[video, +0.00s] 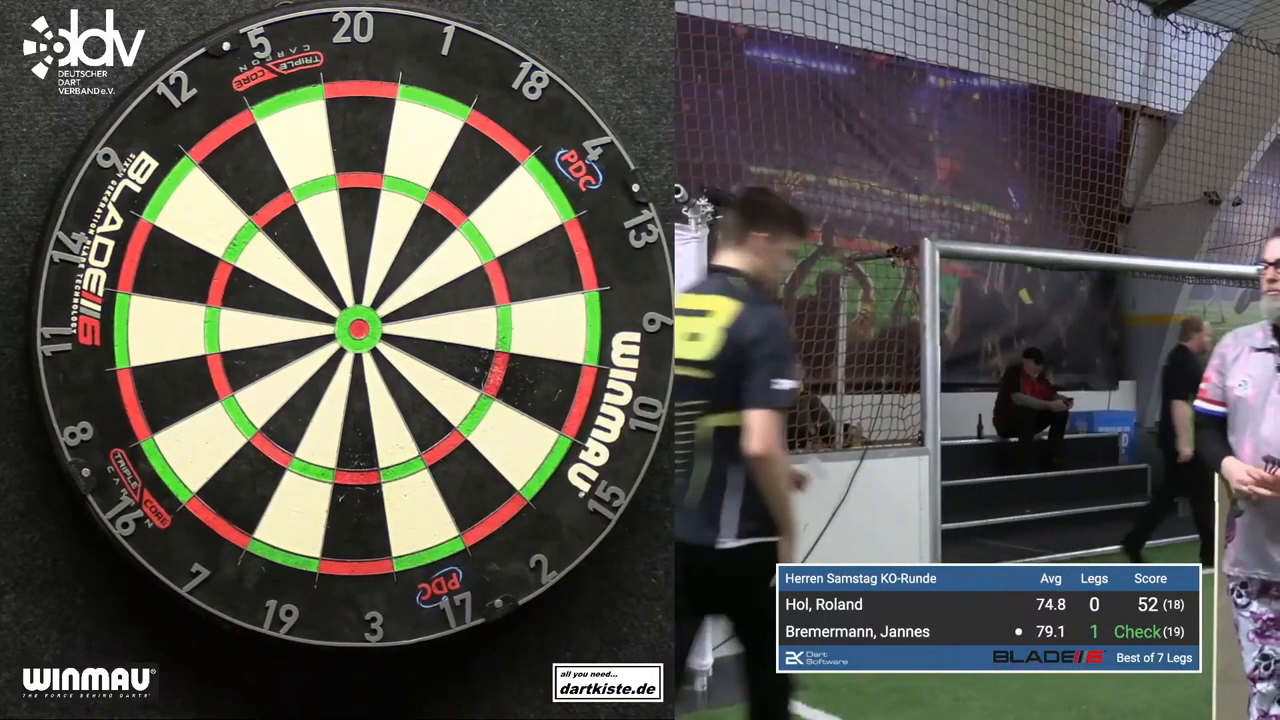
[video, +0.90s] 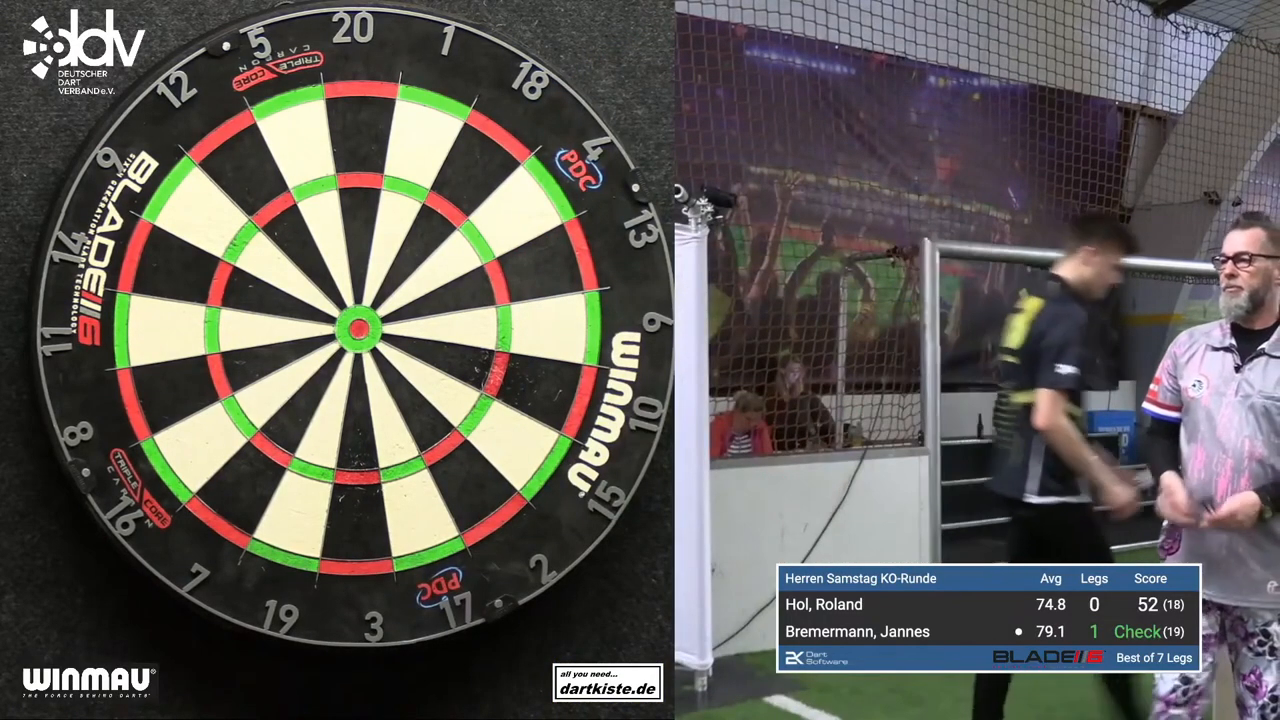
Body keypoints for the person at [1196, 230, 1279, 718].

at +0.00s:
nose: (1271, 276)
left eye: (1279, 265)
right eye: (1267, 266)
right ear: (1261, 274)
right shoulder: (1236, 347)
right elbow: (1208, 428)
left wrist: (1275, 479)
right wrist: (1229, 466)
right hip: (1257, 561)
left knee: (1269, 694)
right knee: (1267, 694)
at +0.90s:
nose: (1228, 270)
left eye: (1244, 260)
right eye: (1224, 260)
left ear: (1277, 269)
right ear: (1218, 268)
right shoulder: (1189, 345)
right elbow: (1157, 427)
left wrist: (1264, 500)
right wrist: (1168, 478)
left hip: (1265, 576)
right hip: (1189, 567)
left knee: (1264, 706)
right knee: (1176, 702)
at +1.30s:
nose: (1210, 269)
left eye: (1227, 260)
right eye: (1205, 260)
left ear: (1264, 274)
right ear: (1196, 270)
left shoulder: (1277, 360)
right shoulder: (1157, 345)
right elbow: (1122, 437)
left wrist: (1279, 515)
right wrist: (1118, 513)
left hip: (1247, 586)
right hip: (1154, 580)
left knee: (1239, 712)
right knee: (1136, 710)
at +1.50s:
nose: (1090, 195)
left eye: (1107, 184)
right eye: (1085, 186)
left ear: (1149, 198)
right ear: (1079, 200)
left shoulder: (1192, 303)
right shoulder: (1048, 295)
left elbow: (1227, 419)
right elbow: (1016, 409)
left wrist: (1181, 506)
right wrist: (1017, 507)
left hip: (1153, 534)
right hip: (1069, 532)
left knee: (1140, 691)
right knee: (1073, 686)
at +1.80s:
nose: (1039, 189)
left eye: (1056, 176)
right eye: (1034, 180)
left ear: (1101, 189)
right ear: (1028, 194)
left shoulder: (1152, 289)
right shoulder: (1005, 297)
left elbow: (1199, 400)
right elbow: (972, 425)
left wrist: (1178, 497)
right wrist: (940, 541)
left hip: (1136, 535)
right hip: (1052, 538)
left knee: (1139, 698)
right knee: (1056, 700)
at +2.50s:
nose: (1012, 186)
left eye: (1030, 172)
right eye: (1008, 176)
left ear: (1074, 186)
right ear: (1004, 190)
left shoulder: (1131, 289)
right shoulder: (979, 299)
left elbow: (1171, 411)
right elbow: (953, 431)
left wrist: (1141, 508)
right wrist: (995, 535)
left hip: (1125, 543)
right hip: (1034, 551)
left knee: (1136, 697)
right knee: (1048, 700)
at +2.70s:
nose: (1042, 188)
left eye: (1059, 175)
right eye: (1035, 179)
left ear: (1102, 189)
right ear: (1028, 193)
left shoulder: (1148, 295)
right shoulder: (996, 293)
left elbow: (1182, 418)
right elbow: (945, 404)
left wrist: (1148, 502)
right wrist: (1031, 454)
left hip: (1132, 537)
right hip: (1040, 538)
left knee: (1142, 695)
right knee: (1052, 696)